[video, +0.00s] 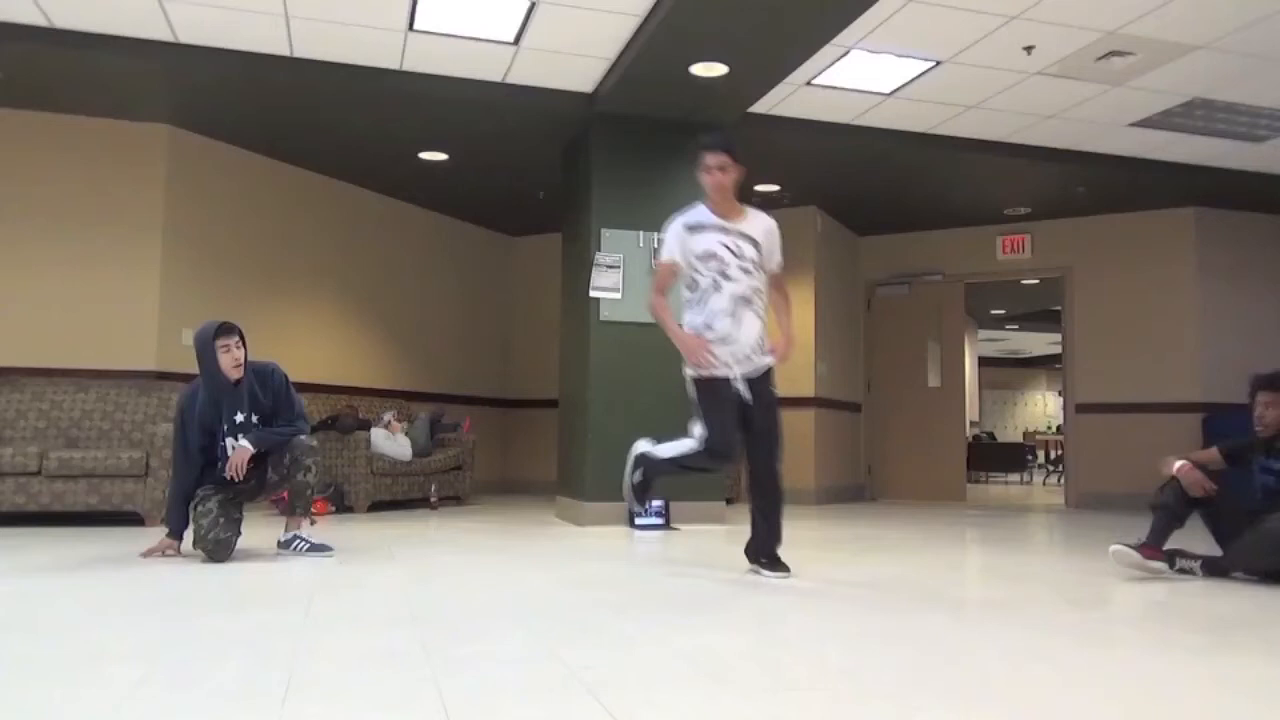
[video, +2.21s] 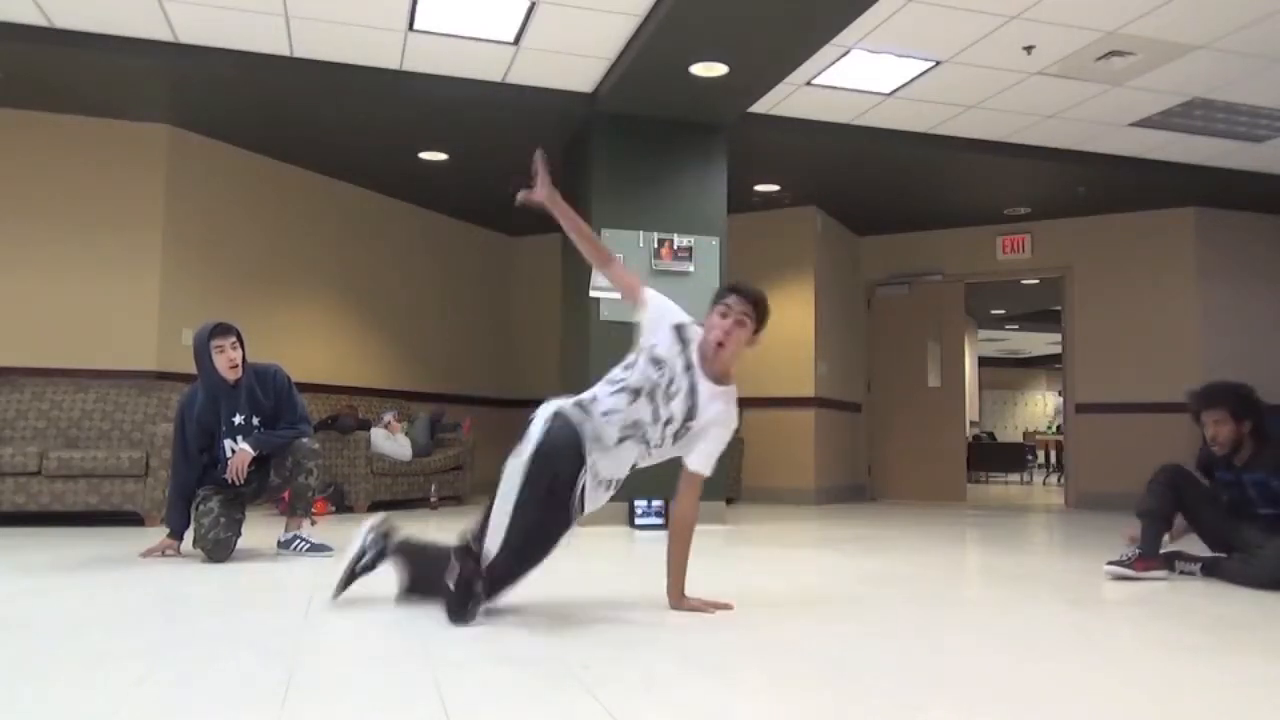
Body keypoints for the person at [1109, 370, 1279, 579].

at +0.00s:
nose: (1258, 413)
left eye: (1269, 406)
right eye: (1256, 406)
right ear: (1251, 408)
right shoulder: (1256, 446)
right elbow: (1170, 462)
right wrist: (1182, 468)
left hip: (1271, 555)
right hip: (1246, 545)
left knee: (1276, 523)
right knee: (1188, 475)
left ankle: (1214, 566)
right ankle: (1151, 547)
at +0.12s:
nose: (1254, 413)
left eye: (1265, 406)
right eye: (1251, 406)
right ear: (1246, 408)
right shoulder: (1251, 447)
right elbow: (1169, 464)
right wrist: (1182, 470)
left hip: (1271, 553)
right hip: (1245, 544)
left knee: (1275, 529)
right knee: (1186, 477)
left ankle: (1209, 567)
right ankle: (1151, 549)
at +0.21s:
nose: (1246, 414)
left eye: (1256, 406)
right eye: (1243, 406)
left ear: (1276, 411)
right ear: (1239, 409)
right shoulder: (1246, 446)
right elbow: (1165, 467)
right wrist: (1179, 473)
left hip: (1266, 548)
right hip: (1238, 538)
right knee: (1183, 480)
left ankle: (1203, 567)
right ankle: (1147, 553)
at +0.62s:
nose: (1222, 421)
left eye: (1232, 414)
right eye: (1220, 413)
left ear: (1258, 420)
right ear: (1215, 414)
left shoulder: (1274, 463)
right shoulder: (1226, 456)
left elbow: (1270, 524)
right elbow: (1190, 479)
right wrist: (1150, 482)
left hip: (1264, 541)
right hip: (1230, 531)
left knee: (1268, 566)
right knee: (1178, 474)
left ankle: (1201, 566)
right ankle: (1149, 551)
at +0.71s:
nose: (1219, 424)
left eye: (1229, 417)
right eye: (1217, 416)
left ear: (1255, 424)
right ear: (1212, 417)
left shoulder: (1274, 464)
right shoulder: (1223, 458)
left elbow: (1271, 528)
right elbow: (1204, 497)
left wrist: (1193, 534)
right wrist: (1154, 496)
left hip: (1262, 540)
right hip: (1229, 528)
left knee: (1269, 568)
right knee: (1178, 475)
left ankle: (1207, 566)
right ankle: (1150, 551)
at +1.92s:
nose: (1217, 432)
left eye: (1227, 422)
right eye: (1213, 422)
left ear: (1253, 426)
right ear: (1208, 423)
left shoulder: (1273, 462)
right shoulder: (1220, 459)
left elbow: (1276, 527)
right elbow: (1208, 496)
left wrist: (1216, 522)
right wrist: (1163, 511)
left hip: (1266, 545)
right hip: (1234, 537)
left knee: (1270, 572)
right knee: (1185, 472)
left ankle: (1203, 566)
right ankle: (1149, 555)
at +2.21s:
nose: (1210, 434)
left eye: (1219, 424)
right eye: (1205, 426)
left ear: (1245, 425)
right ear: (1200, 428)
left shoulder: (1271, 459)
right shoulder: (1211, 458)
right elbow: (1197, 507)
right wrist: (1166, 538)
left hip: (1266, 540)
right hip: (1228, 530)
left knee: (1271, 572)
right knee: (1170, 475)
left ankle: (1203, 565)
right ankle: (1149, 552)